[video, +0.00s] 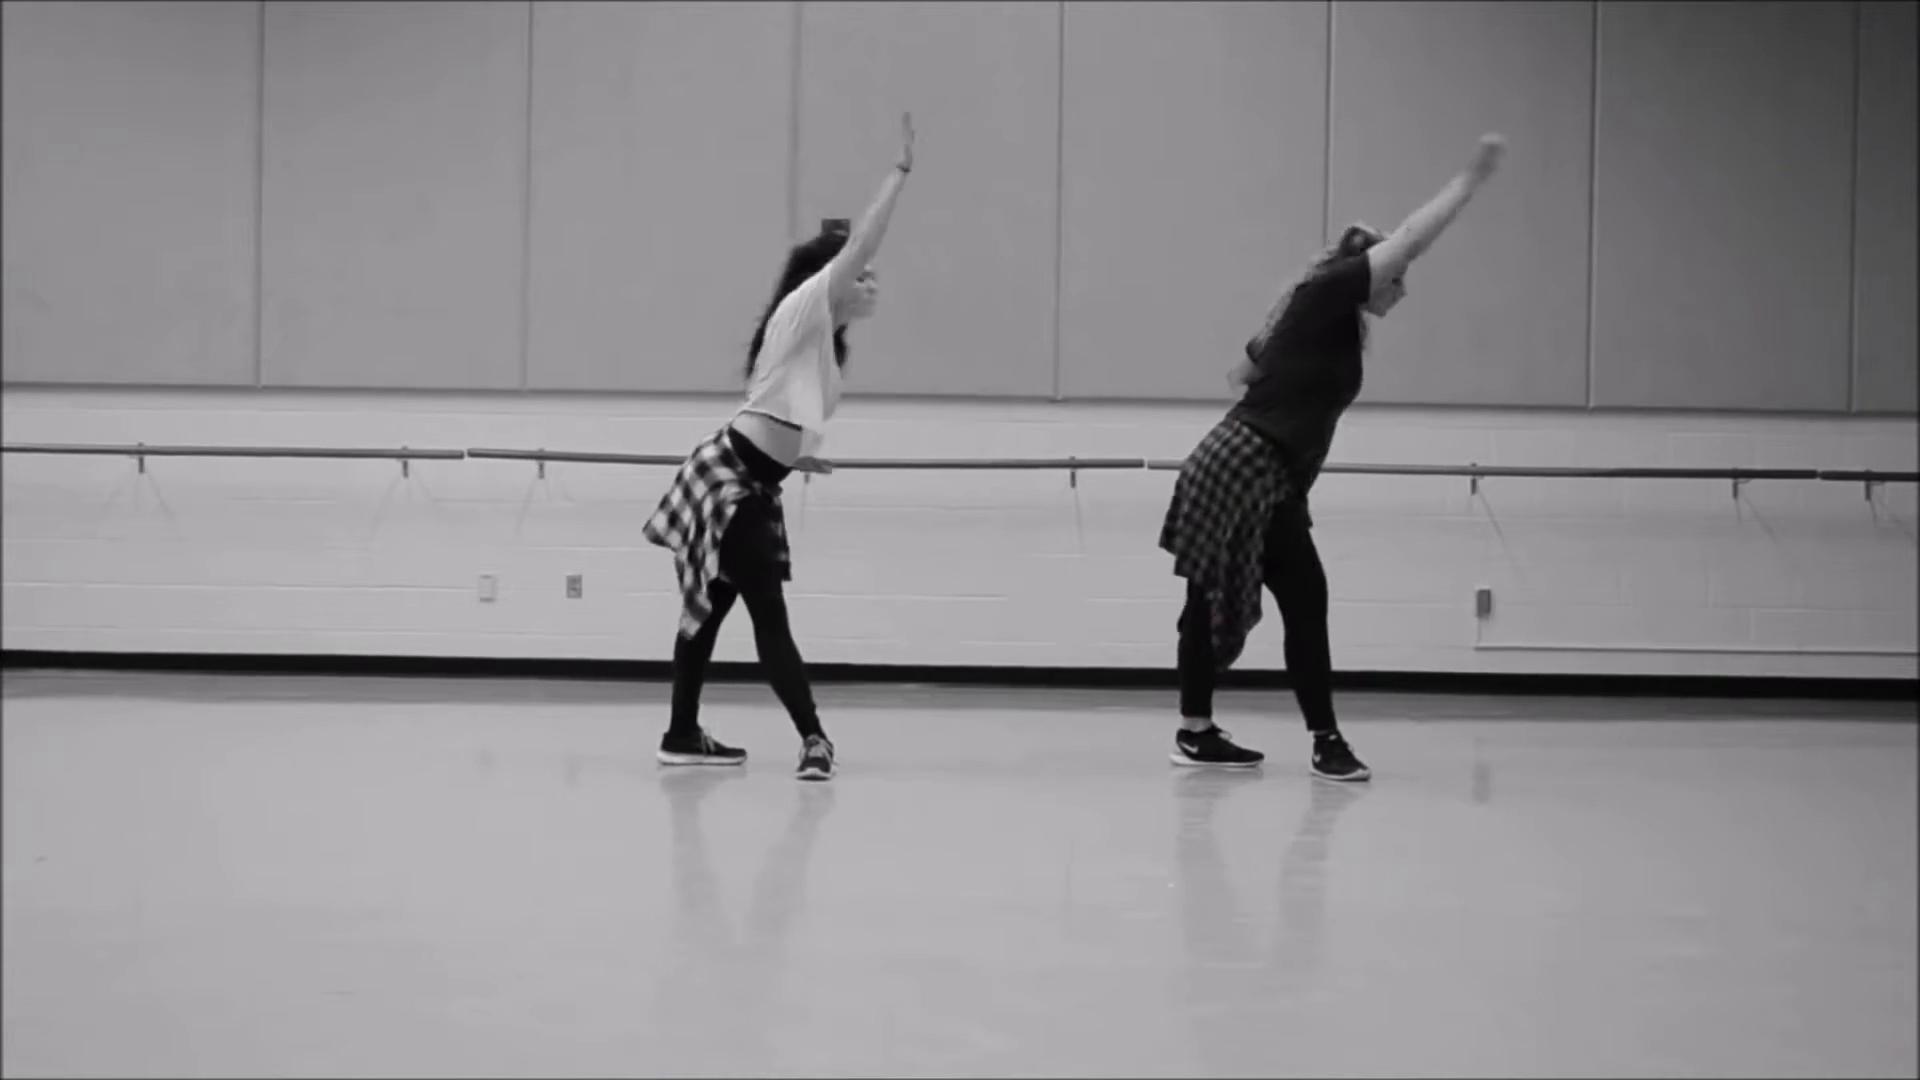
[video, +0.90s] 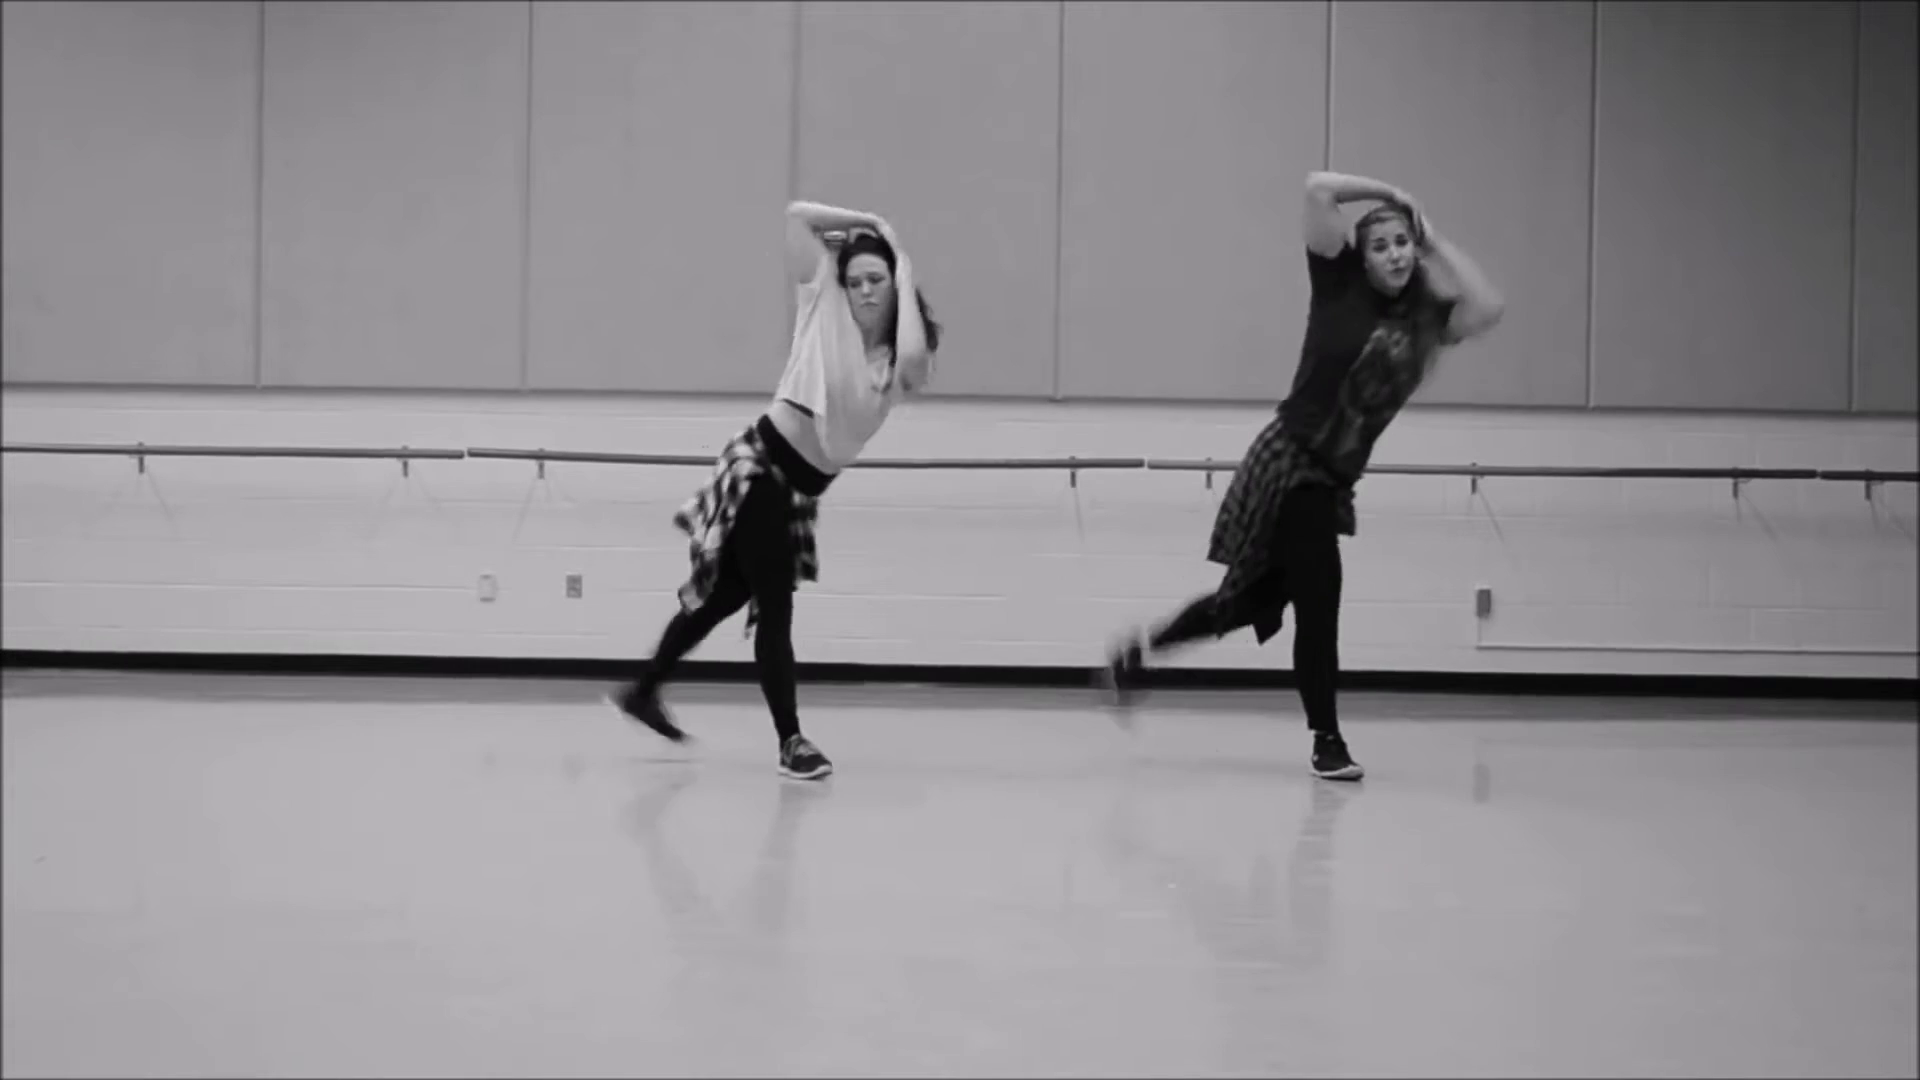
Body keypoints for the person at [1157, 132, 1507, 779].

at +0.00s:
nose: (1400, 292)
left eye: (1401, 281)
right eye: (1396, 278)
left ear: (1360, 268)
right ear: (1366, 267)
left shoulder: (1316, 305)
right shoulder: (1334, 286)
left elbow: (1249, 365)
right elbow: (1409, 236)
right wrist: (1470, 176)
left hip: (1254, 472)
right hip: (1248, 470)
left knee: (1211, 601)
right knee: (1303, 601)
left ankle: (1194, 729)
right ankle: (1326, 743)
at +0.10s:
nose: (1405, 299)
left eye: (1407, 288)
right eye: (1399, 286)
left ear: (1379, 280)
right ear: (1369, 277)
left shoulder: (1347, 327)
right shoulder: (1323, 297)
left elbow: (1266, 365)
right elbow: (1383, 232)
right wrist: (1415, 214)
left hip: (1269, 479)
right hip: (1251, 474)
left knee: (1212, 596)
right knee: (1308, 600)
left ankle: (1195, 729)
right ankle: (1328, 742)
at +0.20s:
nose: (1404, 302)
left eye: (1407, 292)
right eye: (1399, 289)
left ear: (1376, 285)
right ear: (1369, 281)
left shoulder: (1355, 333)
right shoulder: (1318, 290)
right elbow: (1383, 206)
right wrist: (1382, 241)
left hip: (1279, 482)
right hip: (1243, 470)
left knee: (1218, 600)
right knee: (1309, 595)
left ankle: (1196, 730)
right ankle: (1327, 741)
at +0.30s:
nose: (1403, 304)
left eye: (1406, 293)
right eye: (1400, 291)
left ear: (1373, 287)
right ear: (1371, 282)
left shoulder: (1355, 342)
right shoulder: (1312, 288)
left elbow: (1321, 427)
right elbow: (1368, 200)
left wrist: (1383, 419)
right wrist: (1385, 227)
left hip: (1280, 484)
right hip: (1243, 472)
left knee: (1225, 601)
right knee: (1308, 594)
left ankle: (1196, 730)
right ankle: (1327, 741)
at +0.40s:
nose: (1394, 295)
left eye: (1399, 286)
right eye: (1388, 282)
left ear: (1384, 287)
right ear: (1355, 270)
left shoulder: (1362, 345)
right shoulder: (1309, 289)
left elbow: (1390, 409)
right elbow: (1360, 201)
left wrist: (1407, 343)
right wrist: (1385, 230)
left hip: (1279, 483)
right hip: (1248, 471)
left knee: (1227, 598)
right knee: (1308, 595)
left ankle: (1196, 728)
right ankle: (1327, 741)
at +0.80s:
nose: (1389, 266)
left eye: (1397, 256)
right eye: (1378, 256)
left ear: (1409, 266)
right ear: (1360, 262)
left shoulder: (1404, 336)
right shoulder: (1333, 291)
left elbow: (1454, 362)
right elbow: (1343, 191)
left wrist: (1420, 284)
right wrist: (1400, 218)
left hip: (1310, 485)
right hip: (1273, 472)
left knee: (1244, 600)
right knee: (1318, 598)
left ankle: (1186, 718)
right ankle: (1327, 742)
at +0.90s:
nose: (1394, 255)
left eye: (1402, 243)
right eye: (1380, 246)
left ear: (1416, 251)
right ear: (1361, 255)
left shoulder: (1428, 318)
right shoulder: (1339, 287)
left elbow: (1485, 305)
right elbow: (1318, 189)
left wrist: (1432, 242)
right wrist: (1395, 194)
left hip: (1330, 480)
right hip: (1291, 463)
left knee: (1254, 603)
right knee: (1319, 599)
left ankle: (1137, 653)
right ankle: (1327, 741)